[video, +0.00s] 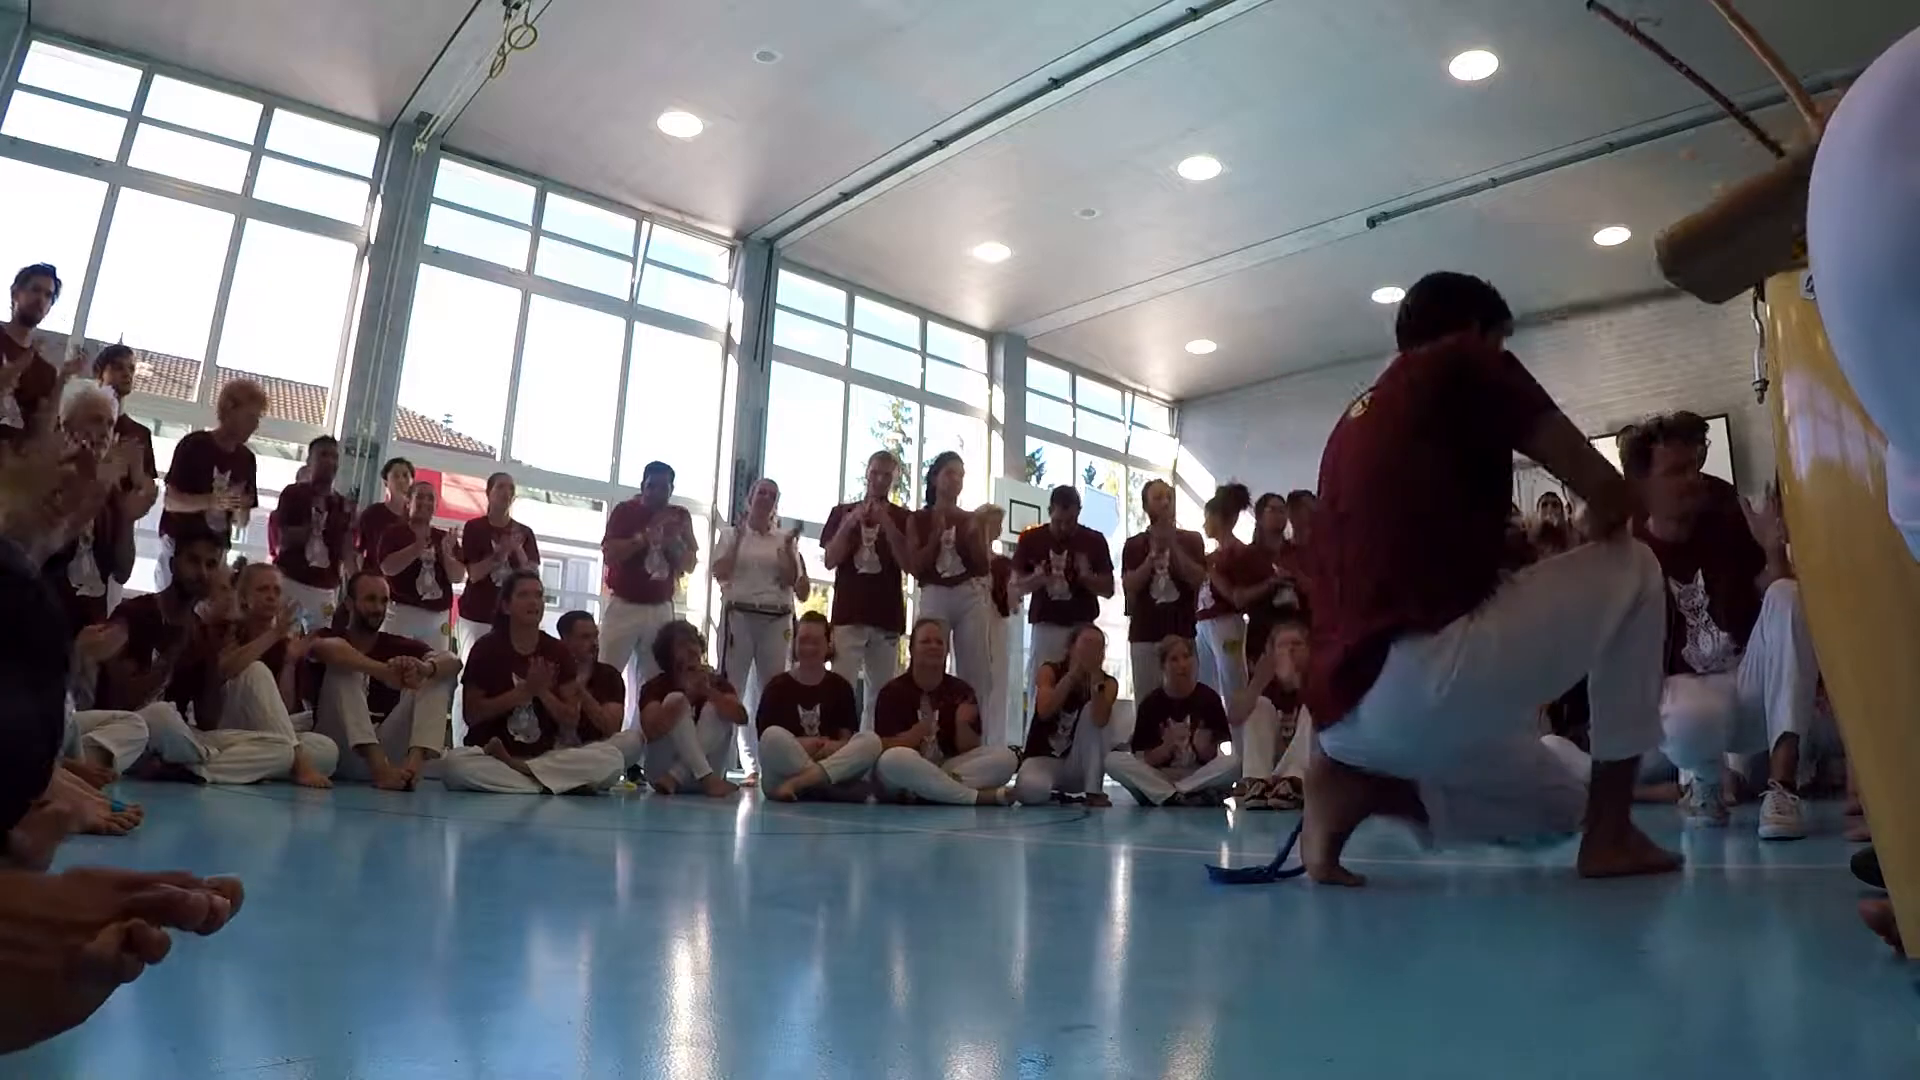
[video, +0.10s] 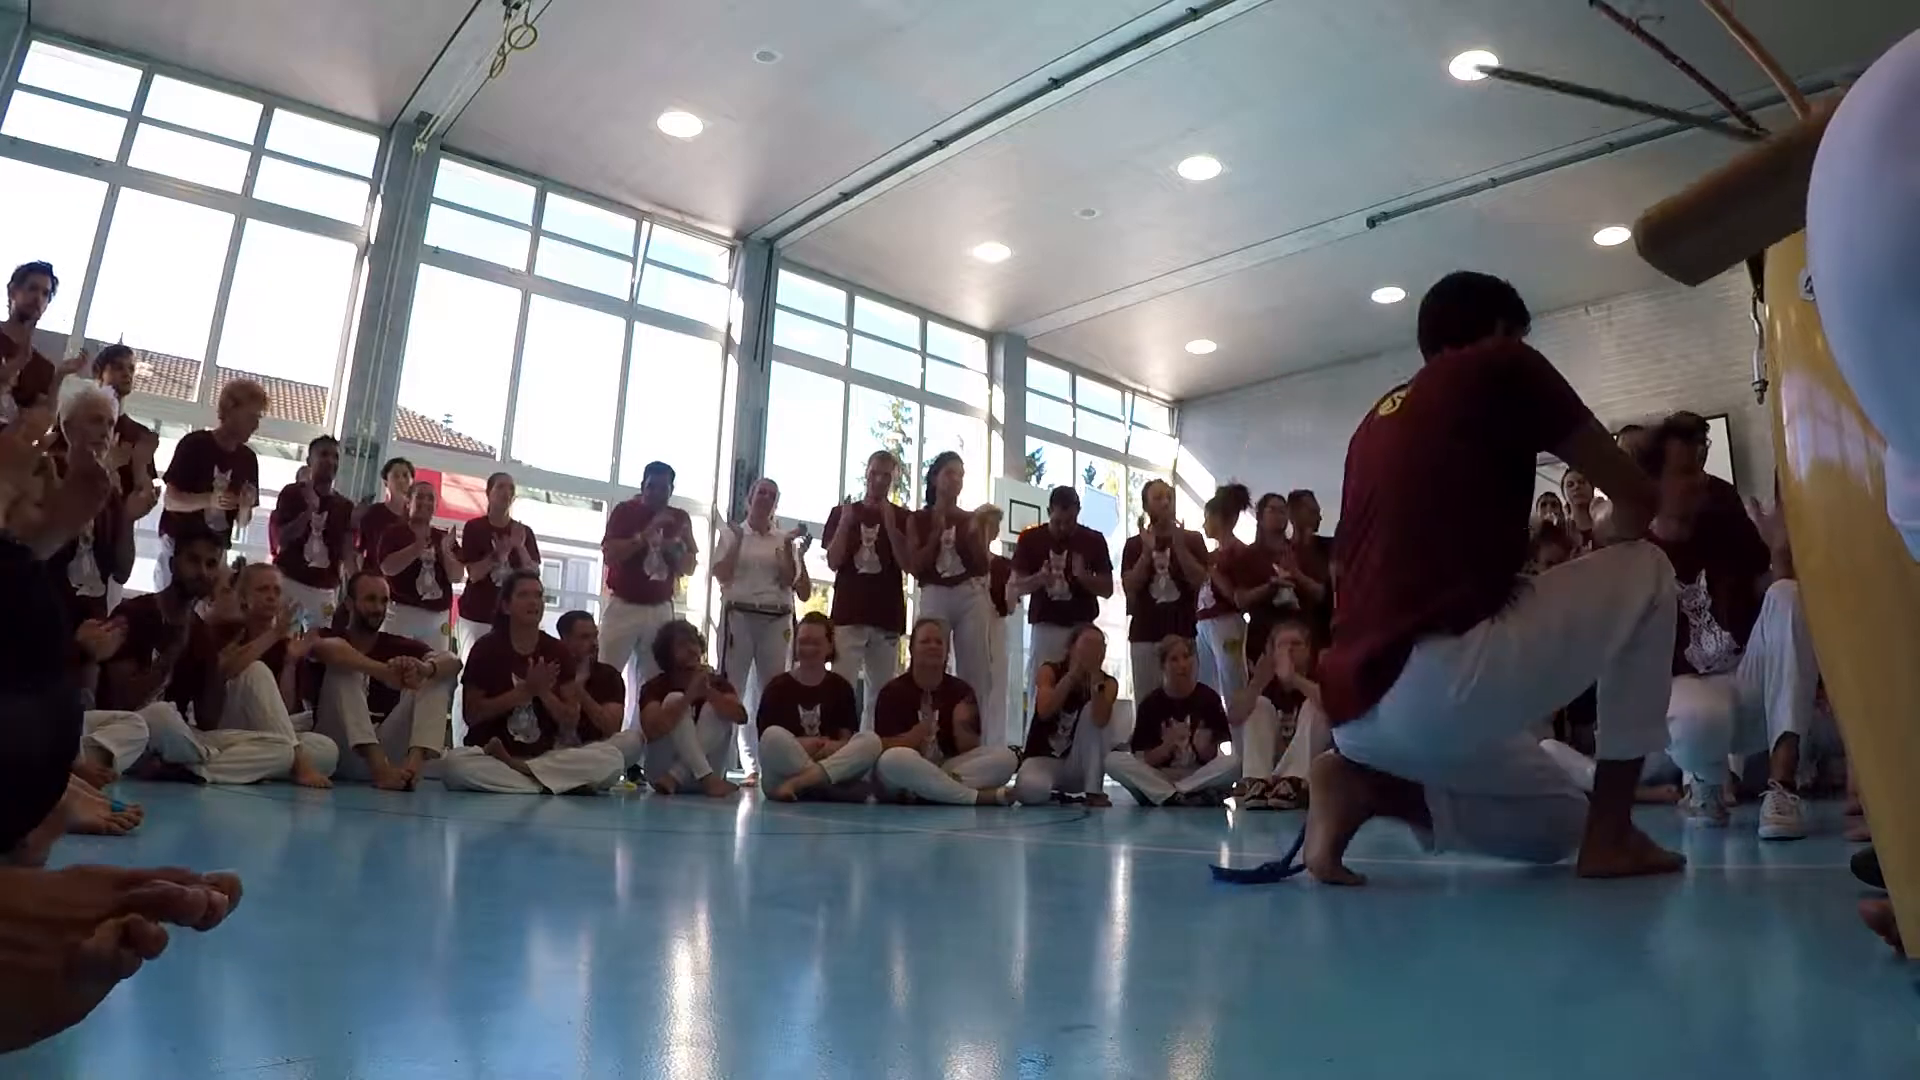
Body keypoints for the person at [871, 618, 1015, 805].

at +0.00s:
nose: (933, 647)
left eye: (939, 643)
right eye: (925, 642)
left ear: (946, 650)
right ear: (912, 650)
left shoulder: (961, 690)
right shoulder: (893, 691)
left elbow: (969, 749)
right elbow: (884, 745)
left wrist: (963, 724)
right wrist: (919, 731)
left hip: (951, 765)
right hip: (909, 766)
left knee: (1006, 758)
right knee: (892, 760)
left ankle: (928, 792)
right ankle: (975, 798)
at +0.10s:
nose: (933, 647)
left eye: (938, 642)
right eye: (925, 642)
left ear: (946, 651)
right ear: (912, 650)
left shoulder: (961, 690)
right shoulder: (893, 691)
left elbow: (969, 749)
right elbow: (882, 745)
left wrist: (962, 726)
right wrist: (913, 738)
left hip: (950, 765)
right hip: (909, 766)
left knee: (1006, 758)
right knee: (892, 760)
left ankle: (929, 792)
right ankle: (975, 798)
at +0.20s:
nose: (931, 646)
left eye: (937, 642)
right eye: (923, 642)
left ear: (946, 649)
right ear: (911, 649)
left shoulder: (962, 691)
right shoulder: (893, 692)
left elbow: (971, 747)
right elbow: (885, 744)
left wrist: (950, 725)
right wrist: (925, 736)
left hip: (950, 767)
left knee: (1005, 758)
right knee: (893, 760)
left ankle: (929, 792)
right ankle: (975, 798)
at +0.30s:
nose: (931, 646)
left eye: (937, 642)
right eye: (923, 642)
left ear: (946, 650)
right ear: (912, 649)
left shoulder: (962, 691)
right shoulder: (892, 691)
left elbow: (971, 746)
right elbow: (883, 744)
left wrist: (954, 730)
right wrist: (922, 738)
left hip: (950, 766)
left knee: (1006, 758)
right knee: (893, 760)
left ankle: (928, 792)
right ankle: (975, 798)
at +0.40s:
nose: (931, 646)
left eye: (937, 642)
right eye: (923, 642)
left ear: (946, 651)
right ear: (912, 650)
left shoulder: (961, 690)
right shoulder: (892, 691)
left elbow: (969, 749)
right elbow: (883, 746)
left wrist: (962, 723)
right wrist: (921, 729)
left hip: (950, 767)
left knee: (1006, 758)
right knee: (893, 759)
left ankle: (929, 792)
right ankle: (975, 798)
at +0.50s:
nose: (931, 646)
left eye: (937, 641)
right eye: (923, 641)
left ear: (946, 650)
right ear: (912, 649)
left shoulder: (962, 691)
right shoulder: (893, 691)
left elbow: (972, 747)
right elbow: (884, 744)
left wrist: (950, 724)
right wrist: (923, 737)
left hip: (951, 767)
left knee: (1006, 758)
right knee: (893, 759)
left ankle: (929, 792)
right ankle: (975, 798)